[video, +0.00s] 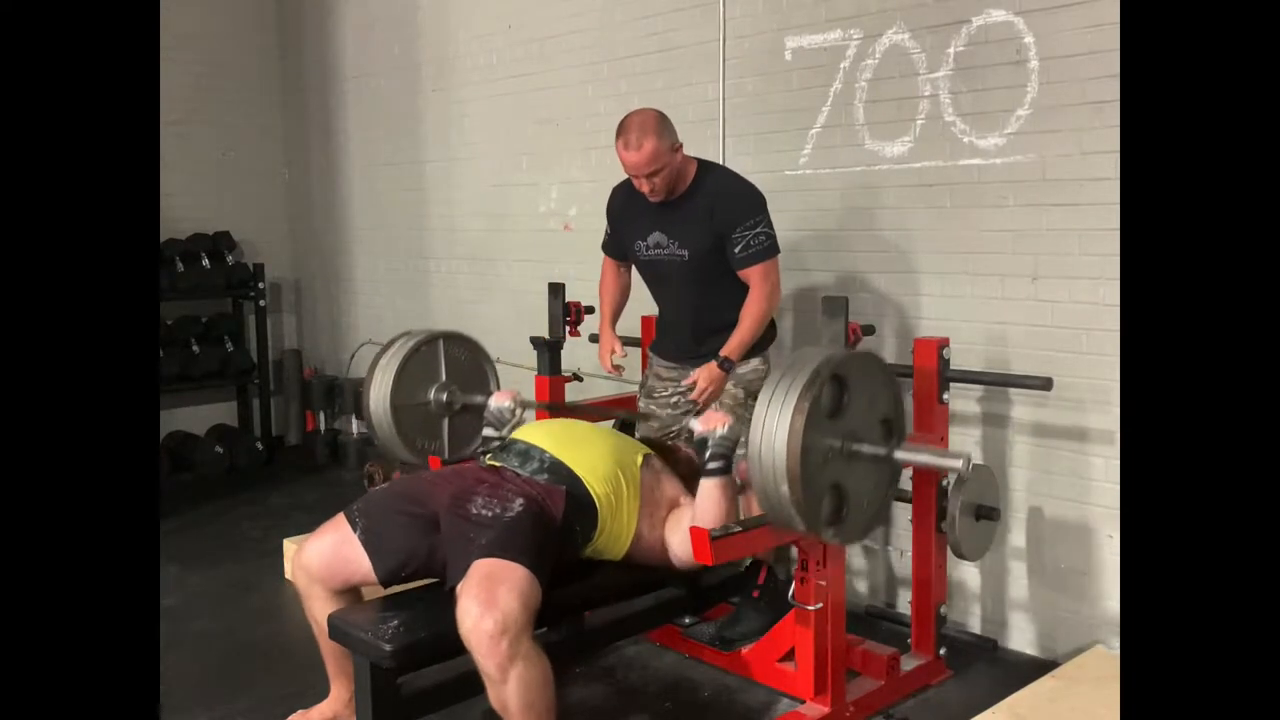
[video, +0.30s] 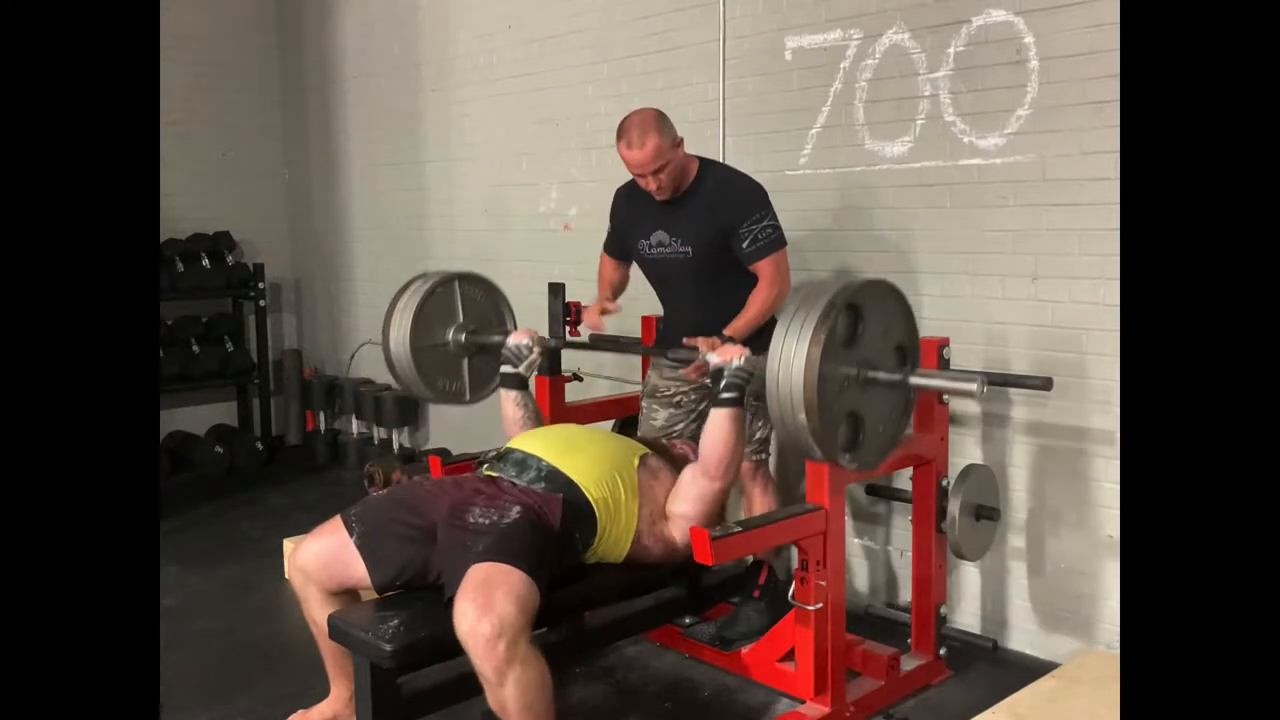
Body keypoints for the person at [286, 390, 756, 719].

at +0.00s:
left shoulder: (672, 504)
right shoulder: (582, 440)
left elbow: (710, 543)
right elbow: (515, 460)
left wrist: (717, 453)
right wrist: (503, 426)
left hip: (523, 498)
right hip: (463, 474)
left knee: (490, 627)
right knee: (311, 562)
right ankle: (342, 700)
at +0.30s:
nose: (680, 435)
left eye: (689, 436)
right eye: (676, 430)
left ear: (699, 462)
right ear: (659, 434)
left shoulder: (671, 515)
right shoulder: (585, 450)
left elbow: (717, 468)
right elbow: (523, 445)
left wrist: (731, 387)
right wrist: (514, 373)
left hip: (525, 507)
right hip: (455, 486)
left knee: (487, 625)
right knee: (308, 560)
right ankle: (342, 698)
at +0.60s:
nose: (680, 437)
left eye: (690, 437)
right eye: (676, 430)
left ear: (698, 460)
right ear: (658, 434)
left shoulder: (673, 513)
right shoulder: (586, 447)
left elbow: (718, 459)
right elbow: (531, 435)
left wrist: (737, 380)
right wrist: (525, 364)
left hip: (528, 505)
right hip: (459, 483)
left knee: (489, 625)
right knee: (309, 563)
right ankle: (342, 697)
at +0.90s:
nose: (671, 437)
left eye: (684, 438)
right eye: (669, 433)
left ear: (690, 463)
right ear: (653, 440)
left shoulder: (672, 510)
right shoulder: (585, 448)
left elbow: (724, 447)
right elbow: (552, 416)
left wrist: (756, 367)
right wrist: (544, 347)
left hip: (524, 510)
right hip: (462, 484)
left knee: (485, 629)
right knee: (306, 563)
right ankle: (341, 697)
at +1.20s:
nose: (679, 442)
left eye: (690, 446)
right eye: (674, 439)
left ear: (700, 468)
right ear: (654, 444)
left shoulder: (683, 507)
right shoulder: (595, 447)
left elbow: (742, 455)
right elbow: (571, 411)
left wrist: (779, 377)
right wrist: (575, 342)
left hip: (531, 511)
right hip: (465, 482)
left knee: (488, 628)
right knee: (310, 562)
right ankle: (340, 700)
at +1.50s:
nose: (672, 435)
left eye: (684, 439)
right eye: (665, 431)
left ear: (694, 468)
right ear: (645, 440)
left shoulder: (679, 502)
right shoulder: (587, 449)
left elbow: (746, 466)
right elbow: (555, 418)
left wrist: (780, 385)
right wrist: (572, 359)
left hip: (530, 523)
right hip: (460, 497)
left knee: (472, 618)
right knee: (299, 563)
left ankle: (489, 715)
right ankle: (332, 706)